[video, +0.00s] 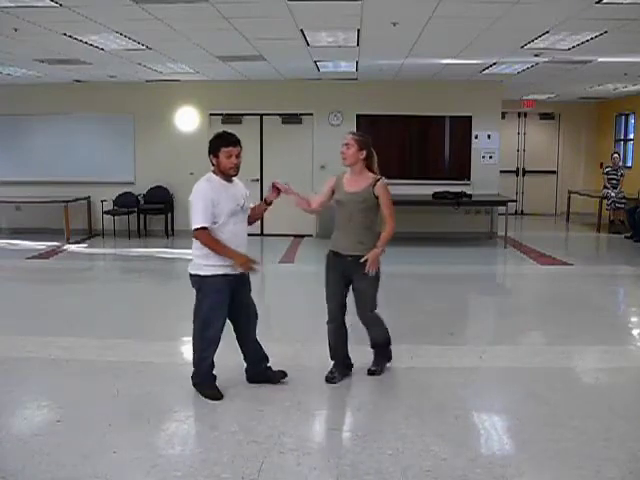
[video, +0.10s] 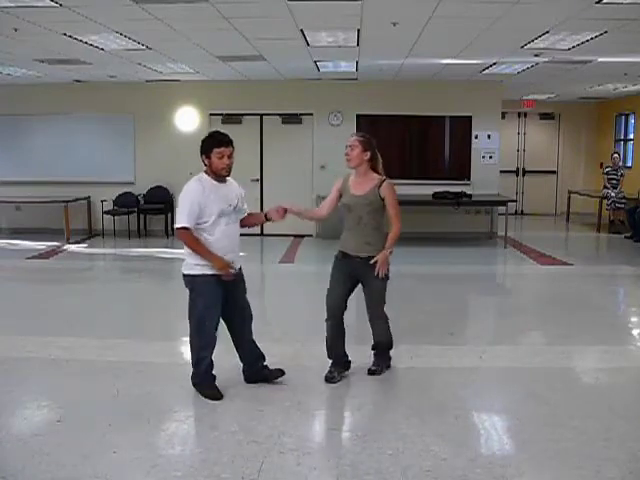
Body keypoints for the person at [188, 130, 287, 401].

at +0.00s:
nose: (235, 161)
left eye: (238, 156)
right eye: (229, 156)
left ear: (240, 157)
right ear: (214, 158)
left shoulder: (238, 186)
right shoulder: (203, 189)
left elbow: (246, 220)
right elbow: (200, 233)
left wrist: (267, 202)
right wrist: (237, 257)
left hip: (235, 271)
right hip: (210, 273)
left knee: (246, 321)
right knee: (208, 330)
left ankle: (257, 369)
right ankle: (203, 379)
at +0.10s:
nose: (227, 162)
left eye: (230, 156)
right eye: (220, 157)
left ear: (233, 157)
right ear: (206, 159)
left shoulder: (233, 188)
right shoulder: (194, 189)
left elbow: (240, 220)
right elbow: (182, 231)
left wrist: (267, 216)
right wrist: (216, 261)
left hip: (230, 271)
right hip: (203, 273)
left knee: (241, 322)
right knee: (203, 330)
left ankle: (254, 369)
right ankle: (203, 379)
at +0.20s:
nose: (220, 163)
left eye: (223, 157)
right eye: (214, 158)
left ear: (227, 158)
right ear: (199, 161)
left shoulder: (231, 188)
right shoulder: (186, 189)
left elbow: (247, 219)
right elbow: (167, 228)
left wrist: (276, 222)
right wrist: (195, 261)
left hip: (227, 272)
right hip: (196, 275)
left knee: (239, 320)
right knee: (199, 330)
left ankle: (243, 369)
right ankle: (203, 380)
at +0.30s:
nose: (216, 162)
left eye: (219, 157)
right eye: (209, 158)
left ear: (223, 157)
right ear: (196, 161)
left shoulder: (231, 188)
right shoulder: (181, 189)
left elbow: (253, 218)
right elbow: (161, 225)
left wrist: (285, 217)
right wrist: (170, 256)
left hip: (224, 272)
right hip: (191, 274)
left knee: (233, 320)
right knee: (196, 329)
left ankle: (226, 369)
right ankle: (202, 380)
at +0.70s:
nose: (227, 163)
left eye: (230, 157)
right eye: (220, 158)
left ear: (233, 158)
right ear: (205, 160)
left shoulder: (232, 190)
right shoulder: (190, 189)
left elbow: (249, 220)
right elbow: (170, 229)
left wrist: (282, 222)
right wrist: (184, 253)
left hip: (224, 273)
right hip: (198, 274)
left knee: (218, 327)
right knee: (205, 330)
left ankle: (212, 371)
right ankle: (202, 384)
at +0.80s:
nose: (230, 163)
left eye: (233, 157)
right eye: (223, 158)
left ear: (236, 158)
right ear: (209, 159)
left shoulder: (231, 189)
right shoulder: (197, 189)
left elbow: (239, 221)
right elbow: (187, 229)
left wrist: (268, 223)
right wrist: (221, 252)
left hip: (226, 272)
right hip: (201, 274)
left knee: (232, 319)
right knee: (206, 328)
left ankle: (215, 368)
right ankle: (201, 383)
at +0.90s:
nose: (235, 163)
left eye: (238, 157)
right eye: (229, 158)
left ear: (240, 157)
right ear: (213, 159)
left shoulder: (228, 187)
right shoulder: (205, 187)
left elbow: (230, 219)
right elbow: (208, 230)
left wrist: (260, 216)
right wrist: (249, 240)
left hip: (229, 270)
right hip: (206, 273)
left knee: (241, 316)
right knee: (211, 327)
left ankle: (223, 364)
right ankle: (201, 382)